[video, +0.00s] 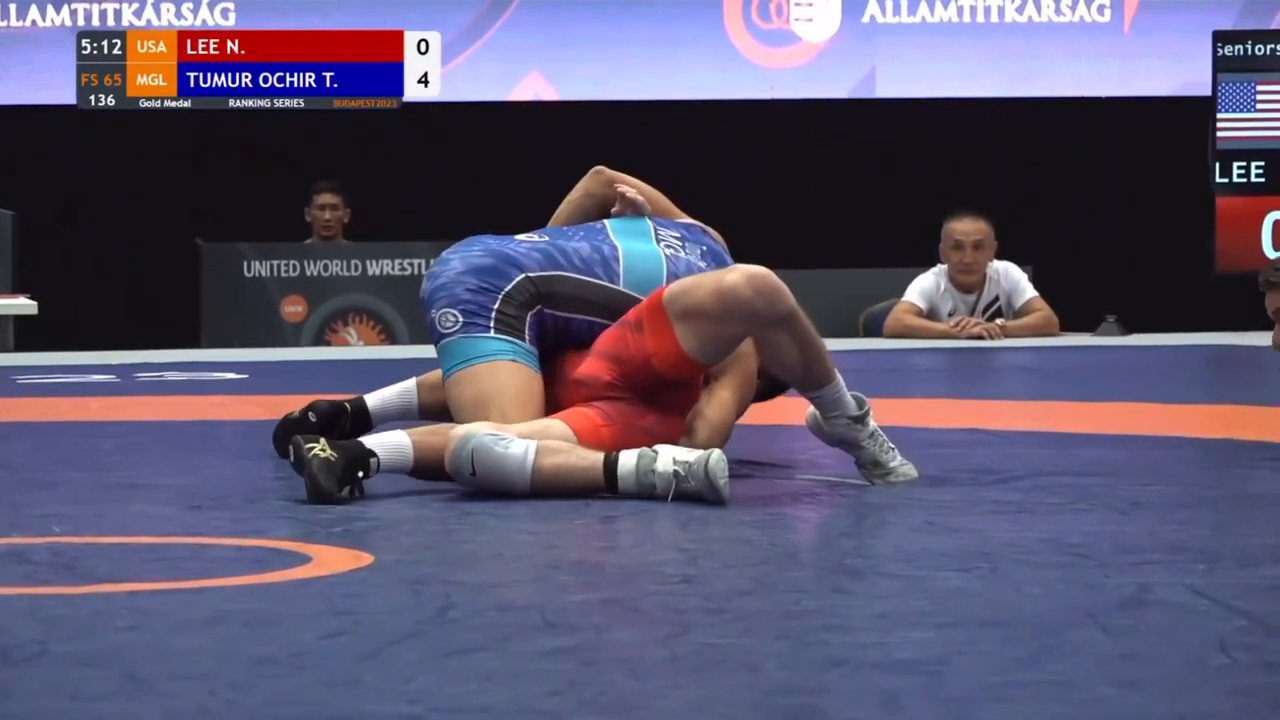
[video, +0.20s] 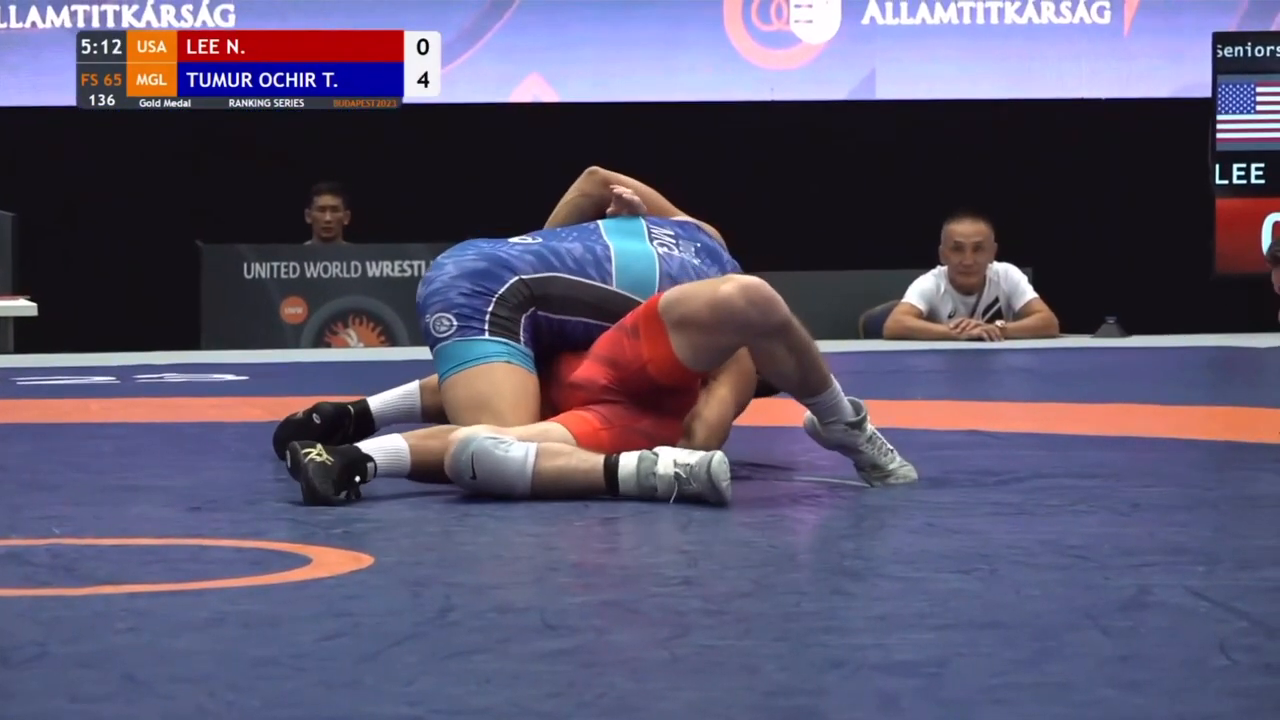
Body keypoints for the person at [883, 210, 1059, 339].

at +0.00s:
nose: (967, 258)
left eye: (978, 248)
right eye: (957, 248)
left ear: (993, 250)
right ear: (942, 251)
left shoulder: (1008, 274)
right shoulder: (929, 282)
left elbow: (1049, 323)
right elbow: (895, 325)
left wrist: (996, 328)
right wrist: (957, 330)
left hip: (1001, 372)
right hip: (942, 374)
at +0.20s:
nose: (967, 260)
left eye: (978, 250)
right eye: (957, 249)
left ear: (993, 251)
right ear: (942, 252)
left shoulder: (1007, 276)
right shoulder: (929, 283)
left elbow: (1049, 325)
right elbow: (894, 326)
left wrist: (995, 329)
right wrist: (957, 332)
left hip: (1000, 373)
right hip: (942, 375)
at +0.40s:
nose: (968, 262)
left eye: (979, 251)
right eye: (958, 251)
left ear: (994, 252)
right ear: (942, 254)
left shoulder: (1008, 277)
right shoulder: (930, 285)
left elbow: (1050, 326)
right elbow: (895, 328)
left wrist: (995, 331)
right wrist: (958, 333)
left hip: (1001, 375)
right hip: (943, 377)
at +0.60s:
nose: (970, 263)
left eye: (980, 252)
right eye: (959, 253)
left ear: (996, 254)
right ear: (944, 256)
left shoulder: (1010, 279)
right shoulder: (931, 287)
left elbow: (1051, 328)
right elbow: (896, 330)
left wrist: (994, 334)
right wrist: (962, 336)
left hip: (1004, 381)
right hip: (944, 383)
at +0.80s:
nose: (972, 264)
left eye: (982, 253)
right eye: (962, 253)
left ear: (997, 254)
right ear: (945, 255)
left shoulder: (1011, 279)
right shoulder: (933, 287)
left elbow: (1053, 328)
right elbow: (899, 330)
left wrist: (999, 333)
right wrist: (961, 336)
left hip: (1004, 377)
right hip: (946, 378)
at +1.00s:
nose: (974, 264)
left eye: (984, 253)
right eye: (963, 254)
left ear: (999, 255)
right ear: (947, 256)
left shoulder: (1013, 280)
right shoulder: (935, 287)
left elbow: (1054, 329)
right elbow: (900, 330)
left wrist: (1000, 334)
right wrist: (962, 336)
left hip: (1005, 377)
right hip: (948, 378)